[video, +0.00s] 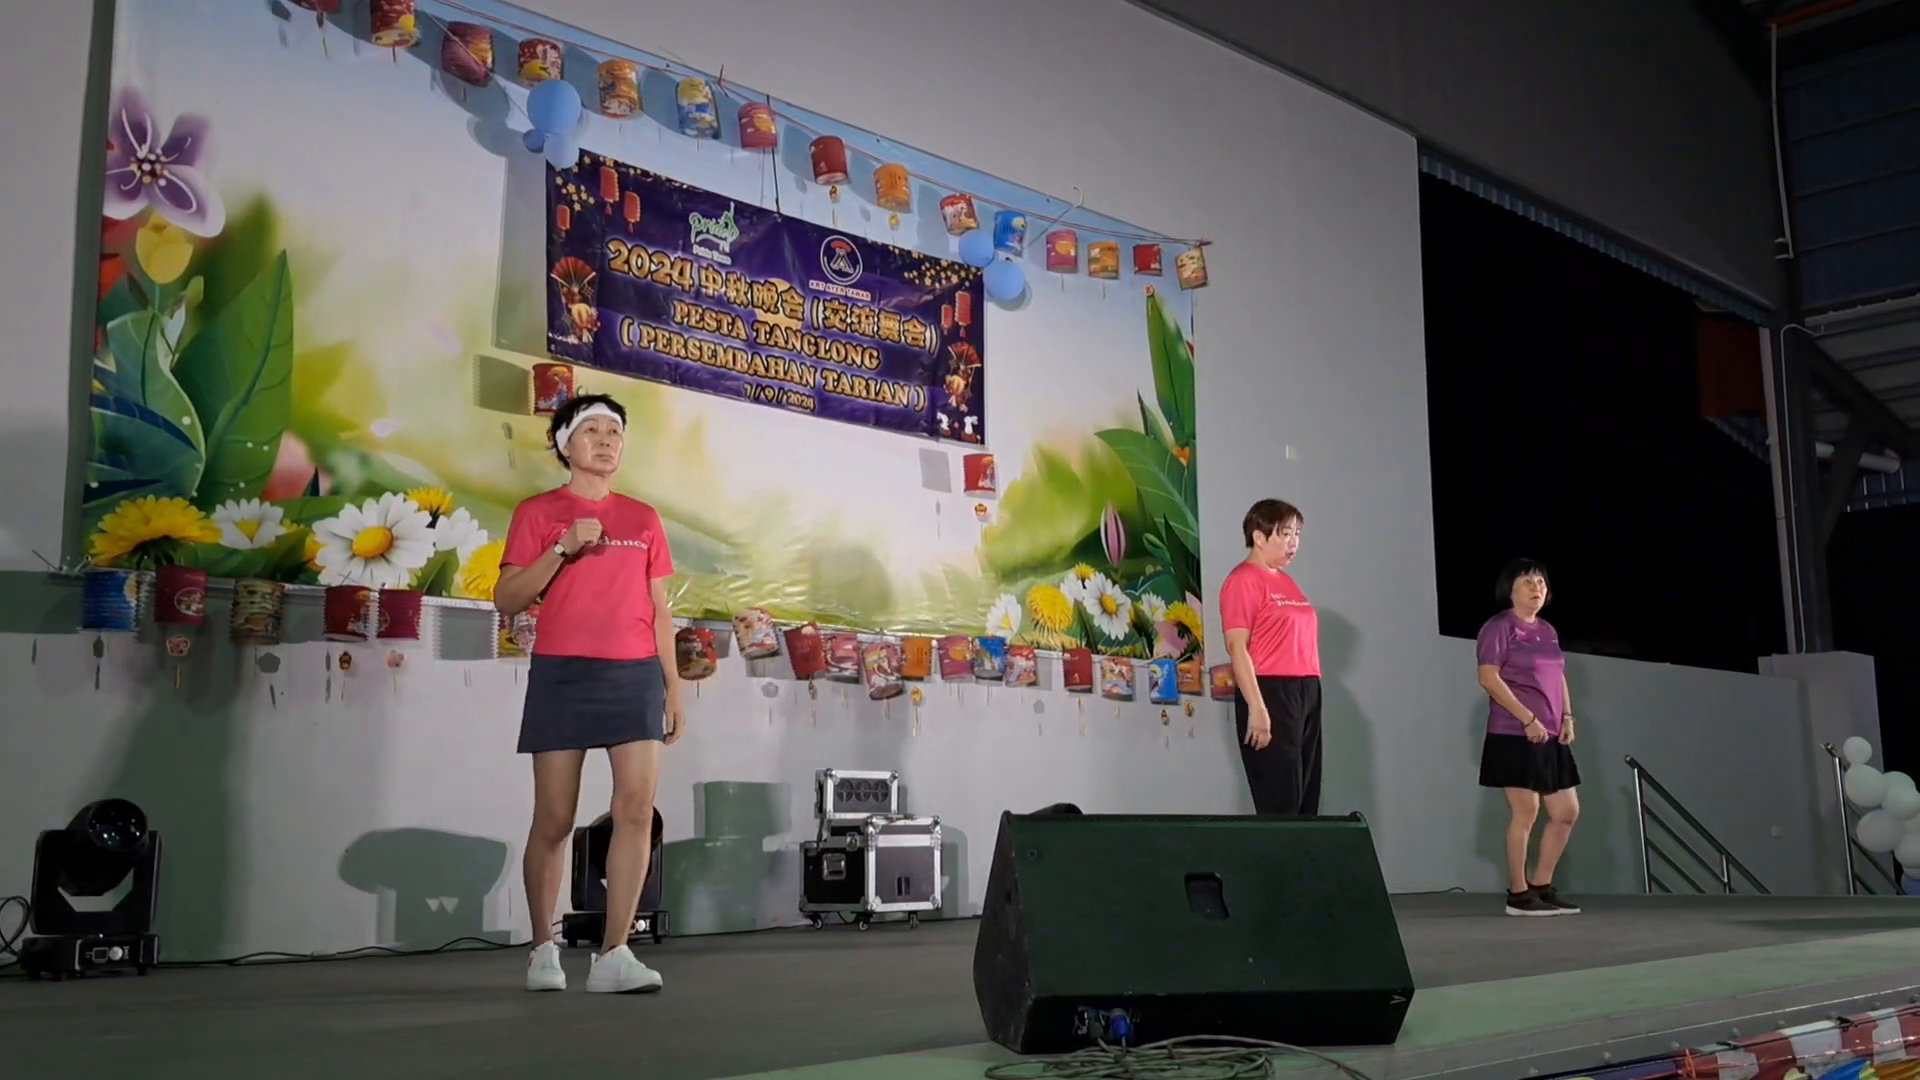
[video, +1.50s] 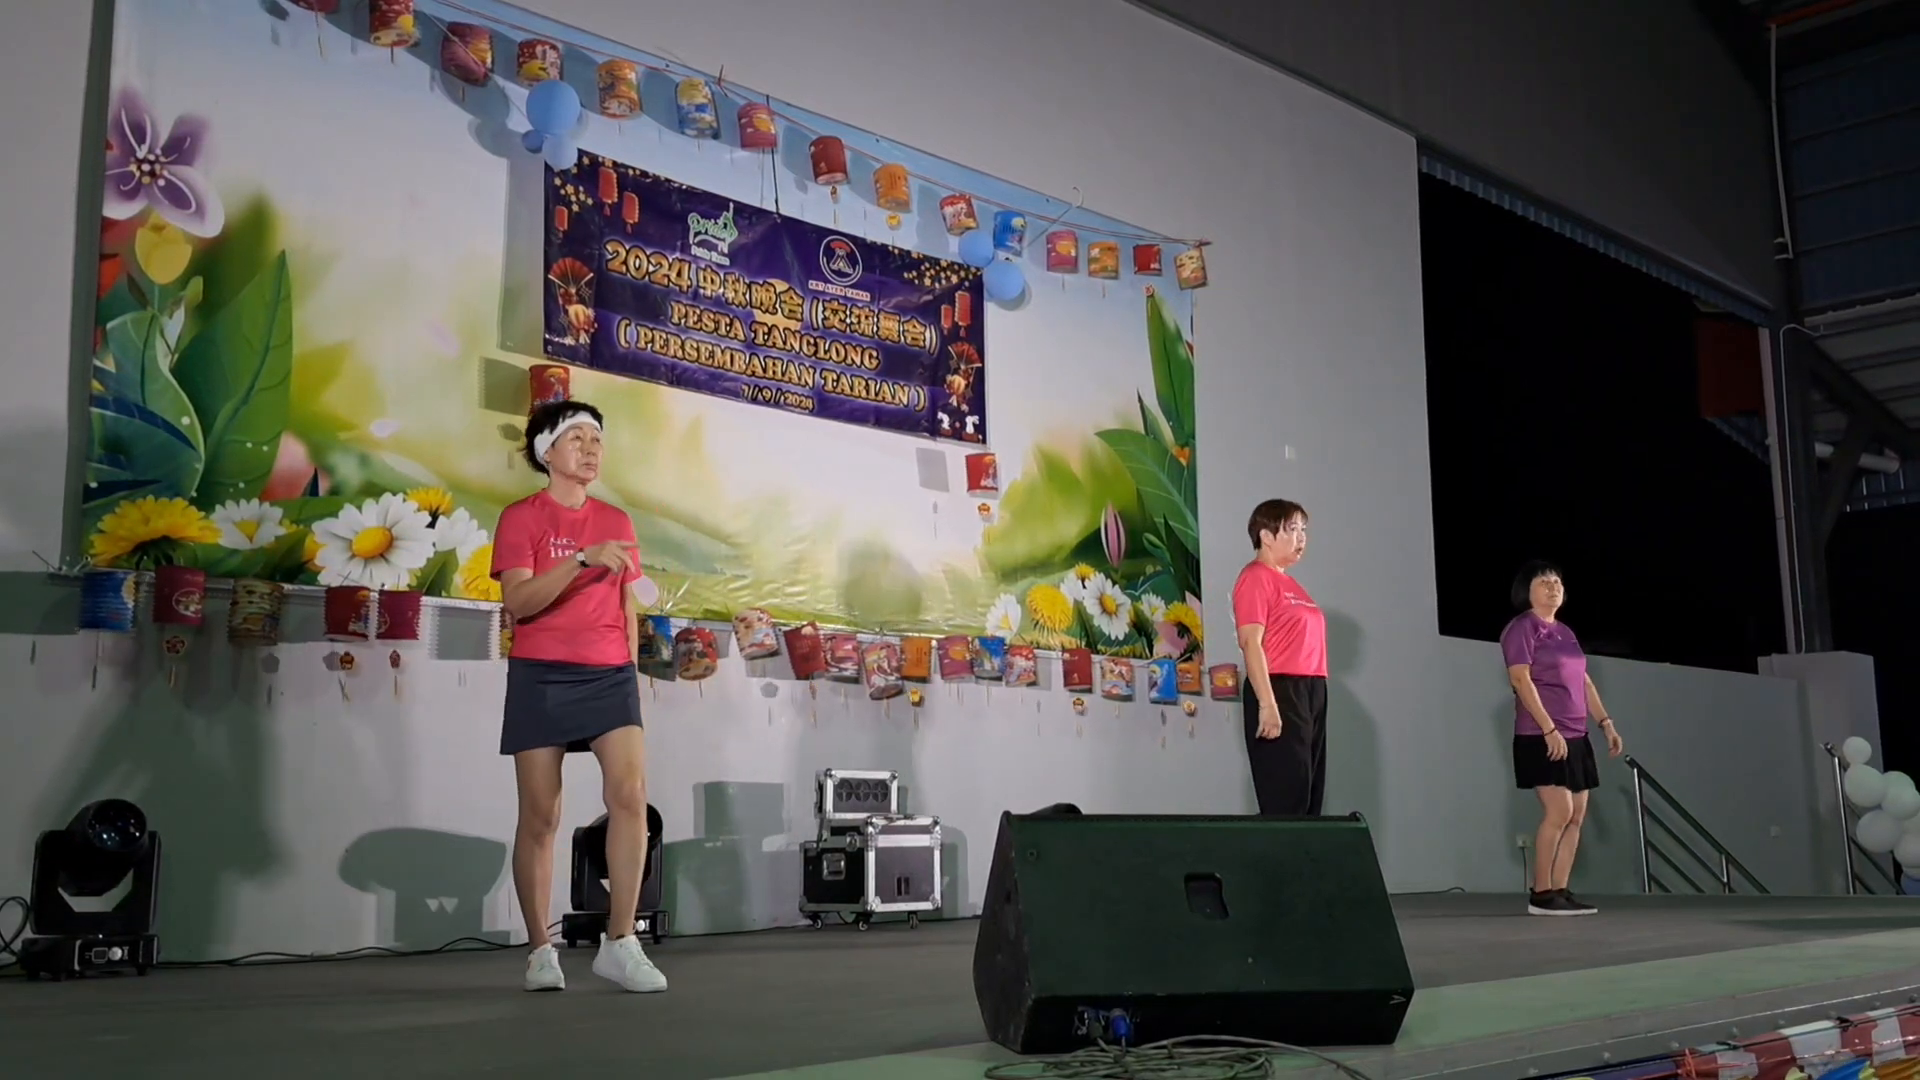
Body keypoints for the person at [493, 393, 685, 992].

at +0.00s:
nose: (605, 440)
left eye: (613, 433)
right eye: (592, 431)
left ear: (623, 448)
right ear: (565, 445)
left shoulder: (644, 519)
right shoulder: (538, 514)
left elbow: (661, 612)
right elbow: (508, 599)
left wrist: (673, 688)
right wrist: (561, 550)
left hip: (637, 676)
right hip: (561, 676)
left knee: (637, 808)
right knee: (554, 822)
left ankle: (615, 952)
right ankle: (545, 949)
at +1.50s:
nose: (590, 450)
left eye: (596, 442)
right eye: (577, 440)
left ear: (602, 454)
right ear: (546, 451)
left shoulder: (617, 522)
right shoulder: (522, 517)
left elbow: (627, 610)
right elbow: (517, 603)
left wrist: (630, 675)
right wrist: (582, 562)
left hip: (609, 677)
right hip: (540, 677)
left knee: (630, 794)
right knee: (540, 815)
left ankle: (620, 941)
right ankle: (542, 948)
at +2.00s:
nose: (633, 449)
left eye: (638, 442)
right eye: (619, 439)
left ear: (642, 455)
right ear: (587, 451)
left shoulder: (657, 526)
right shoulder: (565, 514)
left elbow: (677, 616)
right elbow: (567, 606)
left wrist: (694, 692)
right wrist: (579, 688)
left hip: (664, 677)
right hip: (597, 675)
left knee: (652, 814)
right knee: (591, 818)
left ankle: (621, 950)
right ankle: (553, 931)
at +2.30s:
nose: (654, 447)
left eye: (659, 439)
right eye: (641, 437)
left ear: (664, 453)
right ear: (609, 449)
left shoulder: (674, 527)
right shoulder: (576, 514)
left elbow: (693, 615)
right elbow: (543, 605)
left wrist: (722, 674)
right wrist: (522, 690)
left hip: (668, 676)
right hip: (599, 673)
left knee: (658, 815)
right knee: (614, 808)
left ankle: (625, 948)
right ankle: (586, 949)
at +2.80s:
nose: (656, 442)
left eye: (661, 434)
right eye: (642, 433)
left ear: (666, 446)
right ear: (610, 445)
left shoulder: (680, 519)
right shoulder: (578, 513)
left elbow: (695, 605)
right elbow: (550, 606)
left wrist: (713, 636)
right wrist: (551, 684)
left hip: (669, 674)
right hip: (600, 670)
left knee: (659, 813)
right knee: (609, 806)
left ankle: (625, 947)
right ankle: (591, 950)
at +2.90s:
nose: (655, 444)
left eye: (659, 436)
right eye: (641, 435)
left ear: (665, 449)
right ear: (609, 448)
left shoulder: (679, 521)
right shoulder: (576, 517)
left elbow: (693, 607)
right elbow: (550, 610)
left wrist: (716, 638)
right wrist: (558, 686)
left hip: (669, 674)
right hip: (600, 670)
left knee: (661, 813)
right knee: (615, 804)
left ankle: (625, 946)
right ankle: (593, 947)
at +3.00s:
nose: (653, 445)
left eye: (658, 437)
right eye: (639, 436)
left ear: (663, 449)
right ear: (606, 449)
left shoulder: (678, 521)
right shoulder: (575, 517)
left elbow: (690, 608)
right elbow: (549, 612)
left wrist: (715, 643)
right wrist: (566, 687)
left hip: (668, 674)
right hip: (599, 671)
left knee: (661, 811)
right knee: (618, 802)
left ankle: (625, 946)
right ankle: (592, 947)